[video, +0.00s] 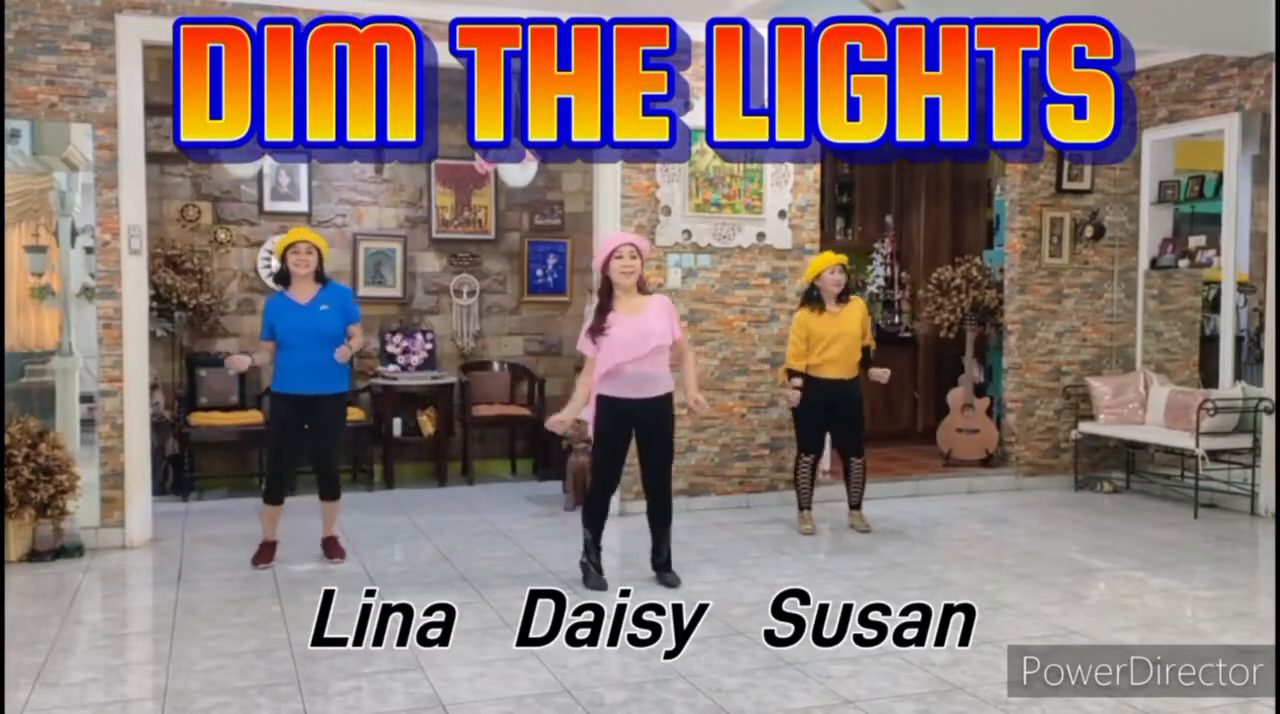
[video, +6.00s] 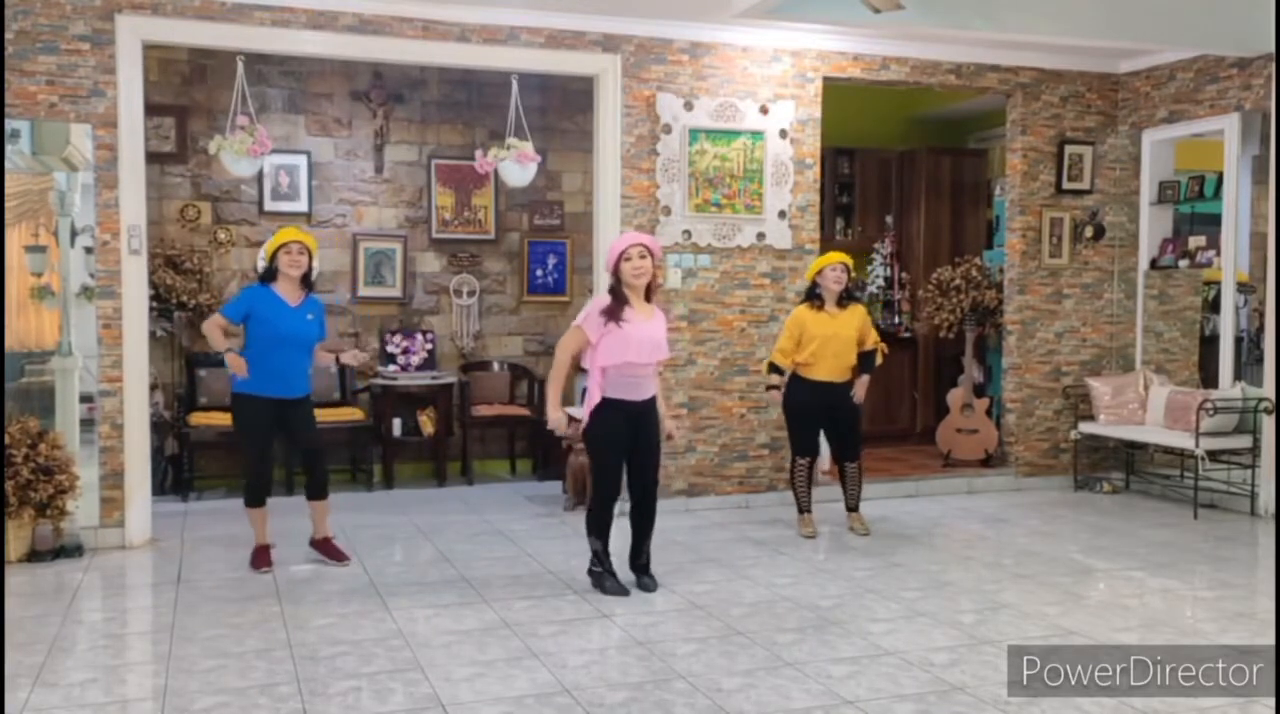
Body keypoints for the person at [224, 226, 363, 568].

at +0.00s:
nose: (302, 258)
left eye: (309, 252)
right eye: (296, 252)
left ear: (319, 259)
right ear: (285, 261)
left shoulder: (339, 294)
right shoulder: (275, 302)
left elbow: (357, 336)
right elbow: (268, 349)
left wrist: (349, 348)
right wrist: (249, 360)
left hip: (330, 395)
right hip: (285, 395)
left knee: (328, 467)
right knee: (277, 468)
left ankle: (330, 536)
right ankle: (269, 540)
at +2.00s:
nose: (267, 256)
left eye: (274, 250)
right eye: (261, 251)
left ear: (288, 258)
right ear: (253, 259)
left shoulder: (307, 297)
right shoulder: (245, 299)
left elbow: (324, 343)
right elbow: (234, 346)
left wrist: (305, 359)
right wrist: (202, 344)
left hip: (288, 396)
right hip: (246, 394)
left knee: (295, 465)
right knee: (247, 468)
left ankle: (318, 531)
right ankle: (253, 542)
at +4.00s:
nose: (267, 255)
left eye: (274, 250)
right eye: (260, 250)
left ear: (285, 258)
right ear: (249, 257)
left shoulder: (299, 302)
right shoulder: (231, 296)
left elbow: (302, 349)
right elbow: (212, 339)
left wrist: (315, 353)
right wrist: (188, 347)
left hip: (282, 398)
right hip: (239, 397)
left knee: (283, 468)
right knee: (246, 468)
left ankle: (277, 540)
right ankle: (254, 542)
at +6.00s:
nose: (295, 257)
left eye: (301, 252)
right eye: (287, 252)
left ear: (310, 262)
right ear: (275, 259)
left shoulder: (314, 306)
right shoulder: (255, 295)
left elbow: (314, 354)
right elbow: (211, 325)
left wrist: (341, 358)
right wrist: (228, 352)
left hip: (297, 399)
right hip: (253, 397)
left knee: (316, 463)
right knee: (258, 469)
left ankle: (322, 537)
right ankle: (262, 544)